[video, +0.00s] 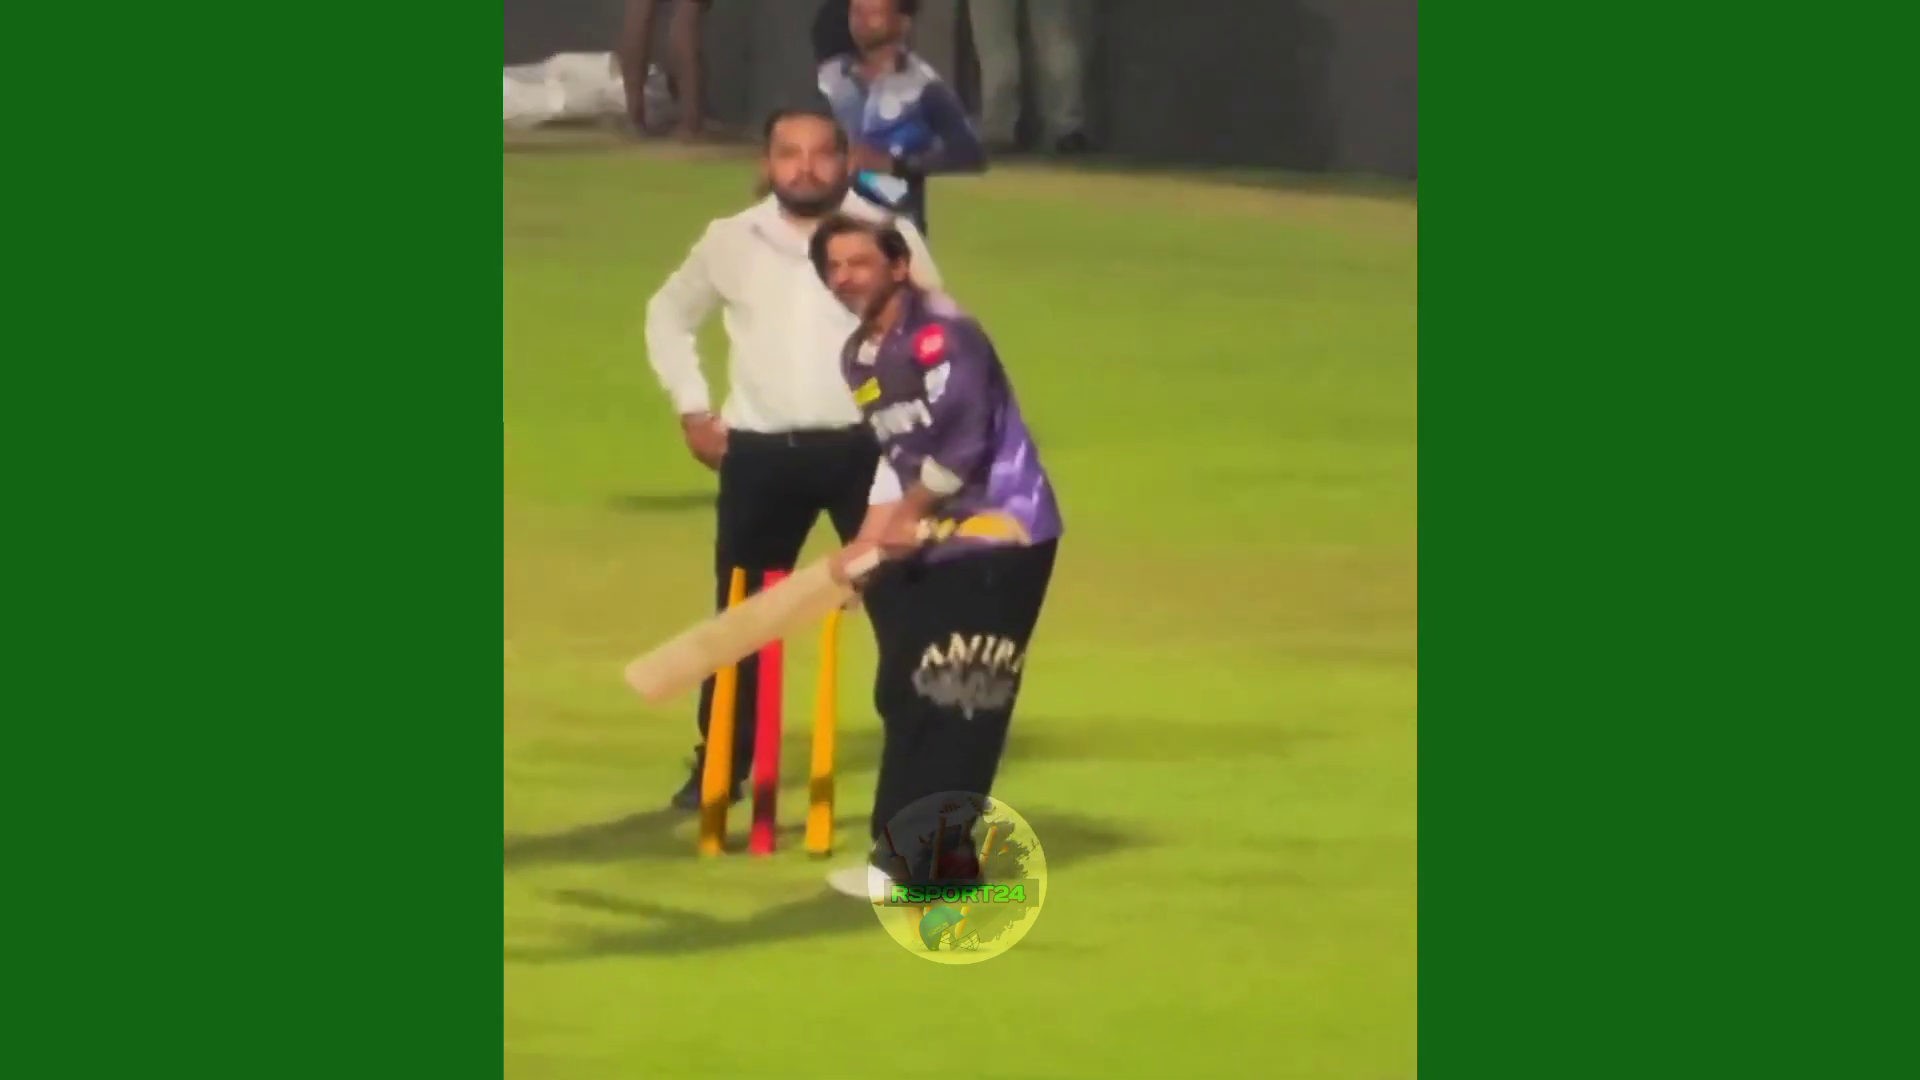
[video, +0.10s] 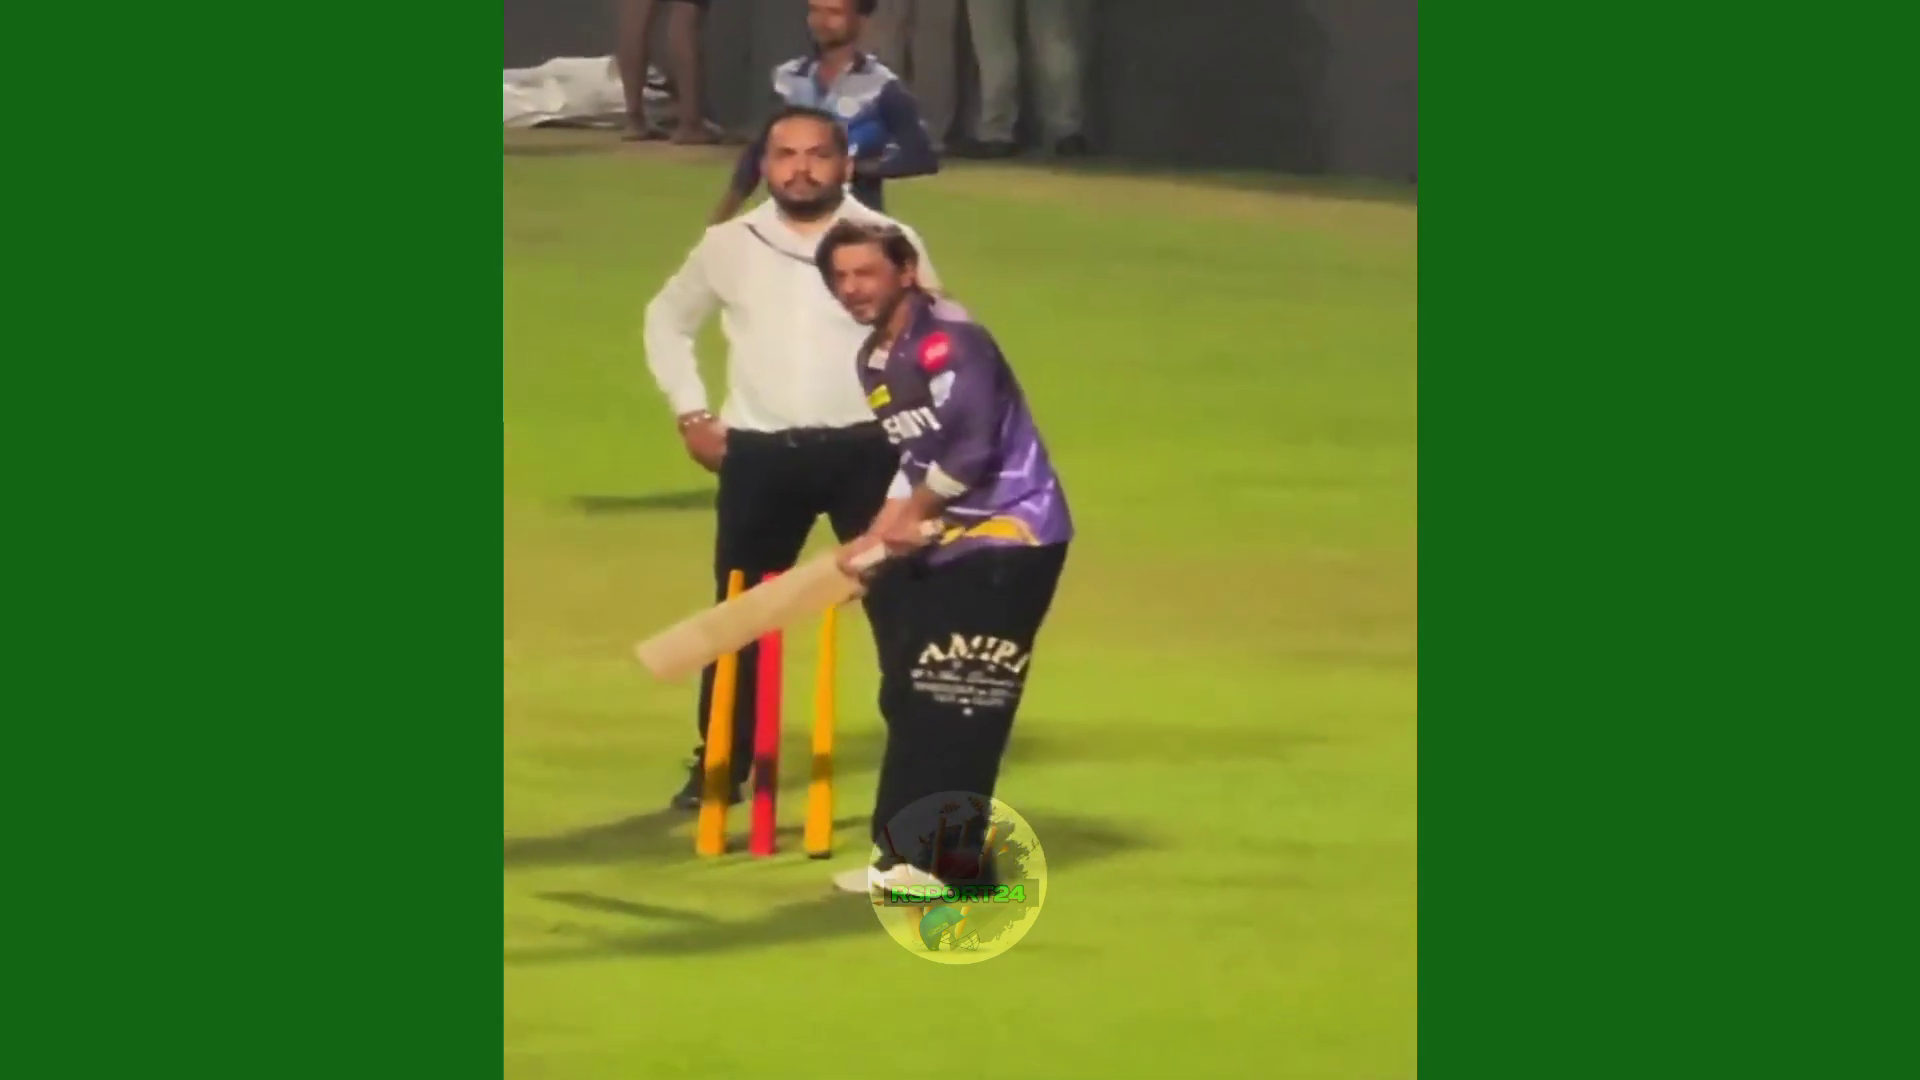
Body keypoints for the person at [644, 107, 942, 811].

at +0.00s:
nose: (806, 167)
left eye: (822, 153)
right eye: (790, 154)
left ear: (844, 160)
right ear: (768, 164)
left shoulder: (886, 233)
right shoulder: (731, 241)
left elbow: (944, 330)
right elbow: (666, 316)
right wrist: (695, 412)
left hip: (867, 453)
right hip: (761, 455)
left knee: (907, 616)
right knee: (739, 624)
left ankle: (926, 775)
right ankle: (715, 772)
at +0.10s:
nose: (802, 167)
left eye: (819, 154)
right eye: (785, 154)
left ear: (845, 163)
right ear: (764, 164)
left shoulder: (887, 239)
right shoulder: (728, 246)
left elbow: (949, 329)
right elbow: (665, 320)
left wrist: (929, 435)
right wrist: (692, 414)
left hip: (869, 454)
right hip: (762, 455)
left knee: (904, 615)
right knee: (738, 620)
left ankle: (926, 773)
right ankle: (717, 769)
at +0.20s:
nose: (790, 169)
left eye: (806, 156)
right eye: (775, 156)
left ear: (835, 164)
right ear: (752, 166)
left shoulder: (873, 241)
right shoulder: (718, 248)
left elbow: (936, 330)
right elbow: (656, 323)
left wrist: (915, 429)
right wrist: (683, 417)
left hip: (863, 453)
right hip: (752, 459)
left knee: (900, 623)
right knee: (731, 627)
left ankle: (930, 781)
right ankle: (708, 779)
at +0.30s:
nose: (786, 169)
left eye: (803, 154)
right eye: (770, 155)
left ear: (831, 161)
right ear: (748, 161)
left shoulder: (871, 241)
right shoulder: (714, 245)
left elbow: (915, 348)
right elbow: (652, 321)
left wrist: (913, 454)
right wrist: (681, 407)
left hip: (858, 448)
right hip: (749, 452)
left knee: (895, 625)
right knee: (725, 626)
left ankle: (928, 780)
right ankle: (703, 777)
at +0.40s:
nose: (776, 166)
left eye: (793, 152)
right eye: (760, 153)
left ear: (822, 160)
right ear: (742, 161)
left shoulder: (868, 242)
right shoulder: (705, 241)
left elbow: (908, 353)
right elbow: (649, 317)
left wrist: (895, 451)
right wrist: (672, 394)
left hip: (847, 455)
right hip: (741, 453)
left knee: (888, 623)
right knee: (717, 619)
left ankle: (918, 770)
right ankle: (695, 768)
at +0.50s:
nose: (773, 165)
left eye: (790, 152)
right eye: (758, 151)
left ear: (820, 158)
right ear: (740, 159)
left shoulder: (872, 241)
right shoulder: (701, 240)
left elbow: (921, 343)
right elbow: (656, 317)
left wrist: (872, 435)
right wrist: (670, 387)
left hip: (842, 450)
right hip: (736, 451)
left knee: (887, 618)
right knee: (711, 615)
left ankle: (916, 769)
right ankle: (690, 763)